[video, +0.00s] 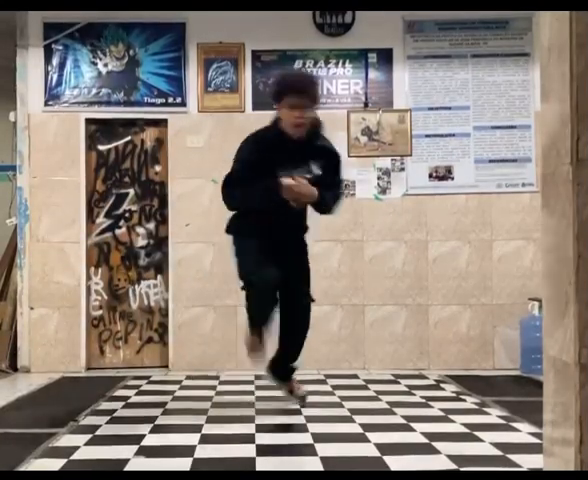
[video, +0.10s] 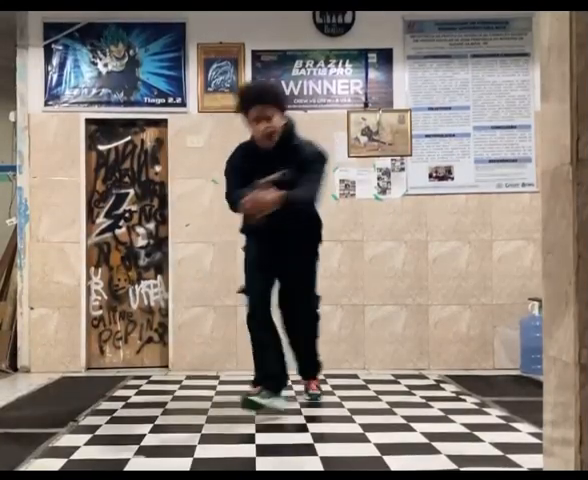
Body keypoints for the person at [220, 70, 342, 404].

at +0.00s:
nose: (300, 115)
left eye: (306, 108)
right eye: (293, 107)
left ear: (315, 110)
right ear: (278, 109)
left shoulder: (323, 151)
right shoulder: (257, 144)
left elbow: (330, 201)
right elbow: (231, 193)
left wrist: (313, 195)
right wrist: (277, 188)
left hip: (291, 231)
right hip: (253, 228)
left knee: (298, 307)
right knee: (263, 281)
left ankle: (282, 369)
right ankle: (257, 326)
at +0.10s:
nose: (266, 126)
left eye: (271, 117)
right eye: (257, 121)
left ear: (284, 115)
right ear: (247, 124)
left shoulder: (307, 153)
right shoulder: (241, 157)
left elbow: (307, 194)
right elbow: (234, 199)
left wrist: (278, 197)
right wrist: (253, 199)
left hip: (299, 244)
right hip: (260, 244)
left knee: (297, 310)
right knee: (258, 312)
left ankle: (310, 375)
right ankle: (270, 382)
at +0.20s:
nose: (238, 149)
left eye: (243, 140)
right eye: (231, 145)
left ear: (261, 137)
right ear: (226, 150)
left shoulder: (289, 172)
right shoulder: (234, 181)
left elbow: (276, 219)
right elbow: (234, 225)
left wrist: (227, 231)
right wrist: (218, 237)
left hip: (308, 259)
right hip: (270, 261)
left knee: (312, 323)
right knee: (260, 327)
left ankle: (315, 377)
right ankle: (262, 399)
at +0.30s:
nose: (214, 153)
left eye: (216, 143)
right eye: (205, 152)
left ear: (232, 138)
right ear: (201, 160)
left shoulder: (271, 170)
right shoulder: (222, 192)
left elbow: (298, 221)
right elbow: (232, 233)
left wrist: (254, 248)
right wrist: (219, 258)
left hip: (310, 257)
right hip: (269, 262)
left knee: (304, 334)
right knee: (254, 331)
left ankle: (322, 364)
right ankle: (259, 402)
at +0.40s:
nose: (205, 155)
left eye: (209, 145)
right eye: (196, 152)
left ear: (220, 138)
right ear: (188, 157)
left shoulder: (255, 160)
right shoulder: (213, 180)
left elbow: (323, 174)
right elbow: (225, 195)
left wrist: (301, 192)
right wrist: (198, 206)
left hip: (303, 254)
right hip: (265, 259)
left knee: (270, 323)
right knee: (239, 320)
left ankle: (337, 365)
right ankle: (261, 403)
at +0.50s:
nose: (213, 149)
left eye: (216, 140)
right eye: (204, 145)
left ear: (229, 129)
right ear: (196, 147)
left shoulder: (261, 150)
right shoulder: (215, 172)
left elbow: (296, 140)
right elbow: (191, 162)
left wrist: (310, 117)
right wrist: (163, 145)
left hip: (300, 258)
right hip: (265, 268)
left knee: (254, 315)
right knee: (221, 326)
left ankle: (312, 406)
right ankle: (269, 404)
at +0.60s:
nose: (214, 161)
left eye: (218, 152)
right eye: (207, 155)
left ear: (233, 139)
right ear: (203, 154)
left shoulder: (257, 157)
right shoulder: (214, 178)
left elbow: (276, 119)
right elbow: (179, 158)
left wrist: (280, 72)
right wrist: (145, 133)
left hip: (292, 278)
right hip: (262, 281)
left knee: (241, 341)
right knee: (208, 334)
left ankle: (296, 434)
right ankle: (262, 405)